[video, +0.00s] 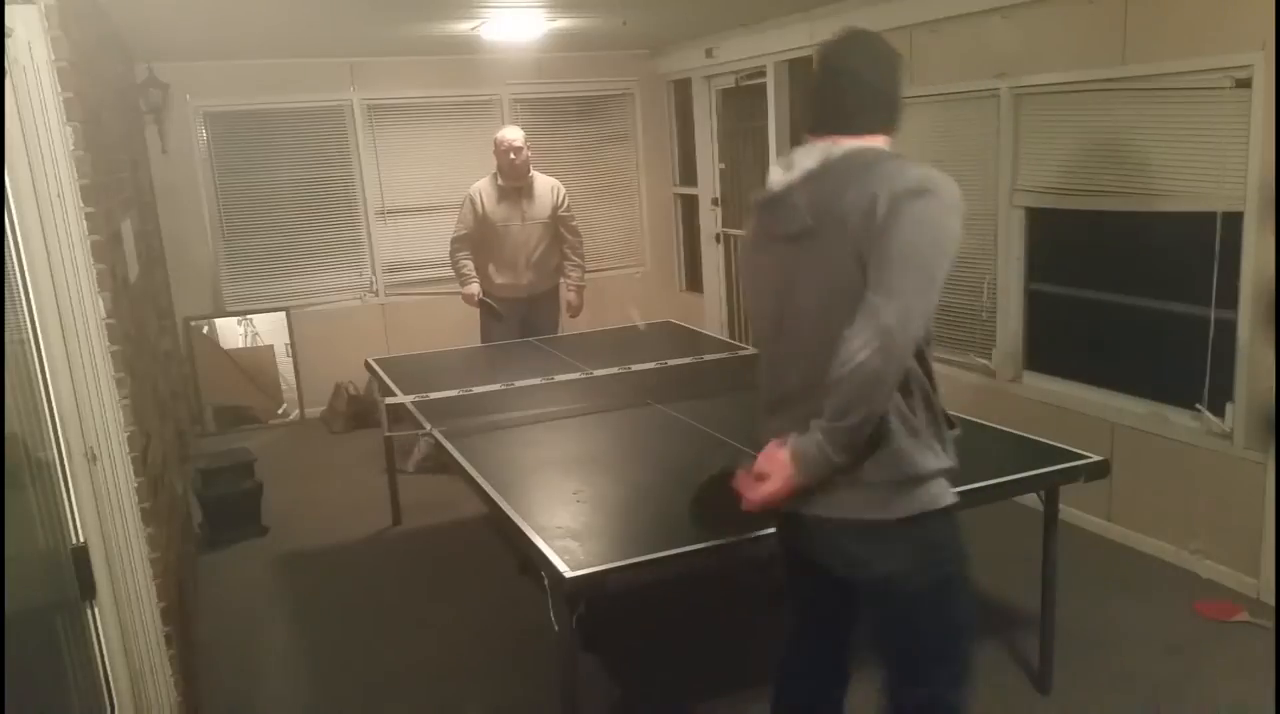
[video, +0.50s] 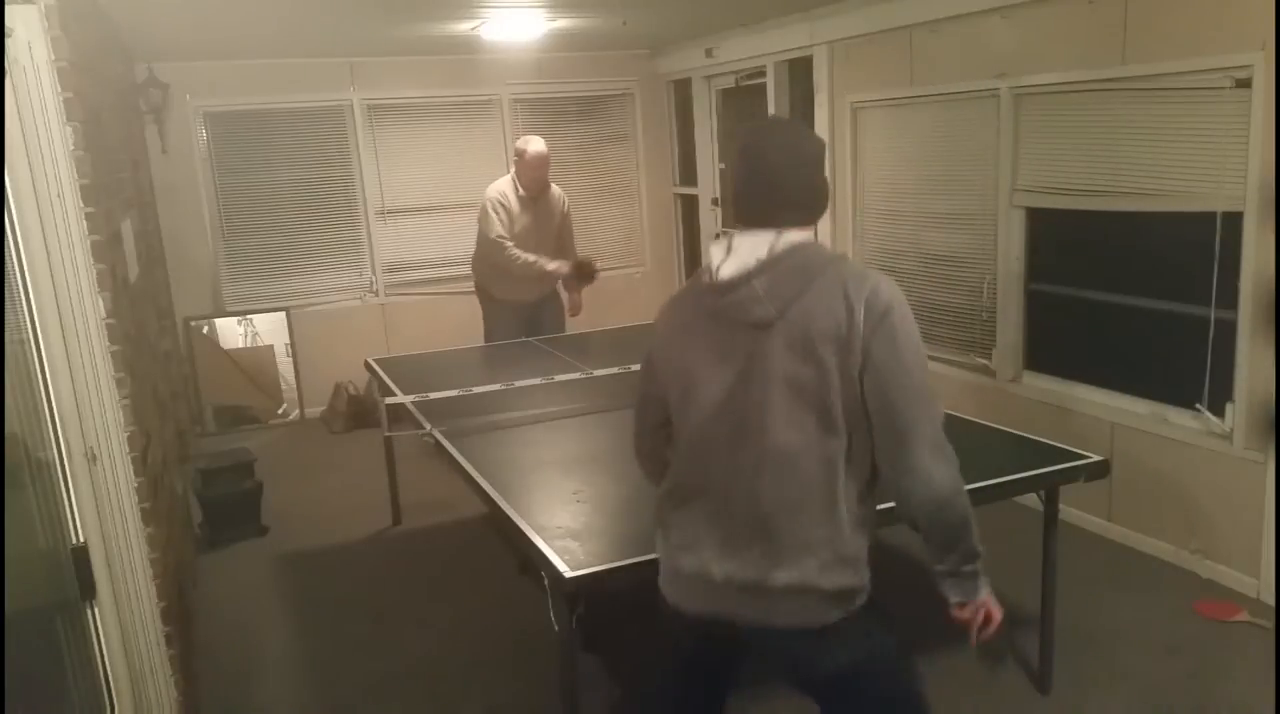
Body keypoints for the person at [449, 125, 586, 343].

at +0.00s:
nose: (512, 157)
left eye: (517, 150)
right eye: (505, 151)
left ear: (528, 151)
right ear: (495, 155)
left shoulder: (552, 189)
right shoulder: (478, 195)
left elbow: (572, 242)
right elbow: (460, 245)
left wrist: (574, 287)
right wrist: (469, 281)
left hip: (543, 299)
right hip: (498, 302)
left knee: (545, 369)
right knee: (500, 372)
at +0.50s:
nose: (541, 177)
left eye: (545, 169)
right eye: (533, 171)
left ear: (549, 165)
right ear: (516, 165)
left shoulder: (557, 197)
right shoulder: (496, 197)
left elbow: (567, 248)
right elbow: (497, 250)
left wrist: (573, 291)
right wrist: (550, 266)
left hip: (545, 296)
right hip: (503, 299)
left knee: (554, 363)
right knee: (506, 367)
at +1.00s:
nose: (525, 157)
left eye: (530, 150)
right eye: (517, 151)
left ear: (538, 153)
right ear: (506, 156)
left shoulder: (555, 192)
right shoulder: (488, 190)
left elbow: (567, 246)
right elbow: (463, 234)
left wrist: (569, 288)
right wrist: (479, 265)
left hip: (546, 295)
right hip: (504, 296)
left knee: (552, 361)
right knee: (509, 364)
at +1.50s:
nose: (495, 153)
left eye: (499, 146)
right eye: (487, 148)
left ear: (512, 147)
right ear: (480, 156)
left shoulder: (540, 184)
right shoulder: (467, 195)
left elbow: (567, 229)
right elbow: (450, 239)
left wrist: (558, 271)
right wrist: (461, 272)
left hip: (534, 295)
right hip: (489, 298)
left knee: (537, 363)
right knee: (495, 366)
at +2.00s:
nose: (492, 154)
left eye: (496, 146)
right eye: (484, 148)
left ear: (505, 150)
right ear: (471, 156)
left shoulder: (528, 182)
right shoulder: (457, 199)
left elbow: (552, 227)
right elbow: (440, 248)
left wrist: (555, 267)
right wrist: (462, 283)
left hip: (539, 294)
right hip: (493, 300)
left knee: (549, 363)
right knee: (499, 369)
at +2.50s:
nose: (514, 161)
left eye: (518, 154)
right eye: (507, 155)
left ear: (524, 154)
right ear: (492, 157)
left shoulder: (547, 191)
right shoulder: (474, 197)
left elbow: (568, 241)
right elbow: (456, 248)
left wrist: (572, 286)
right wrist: (479, 284)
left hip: (538, 301)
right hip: (493, 304)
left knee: (540, 372)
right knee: (496, 372)